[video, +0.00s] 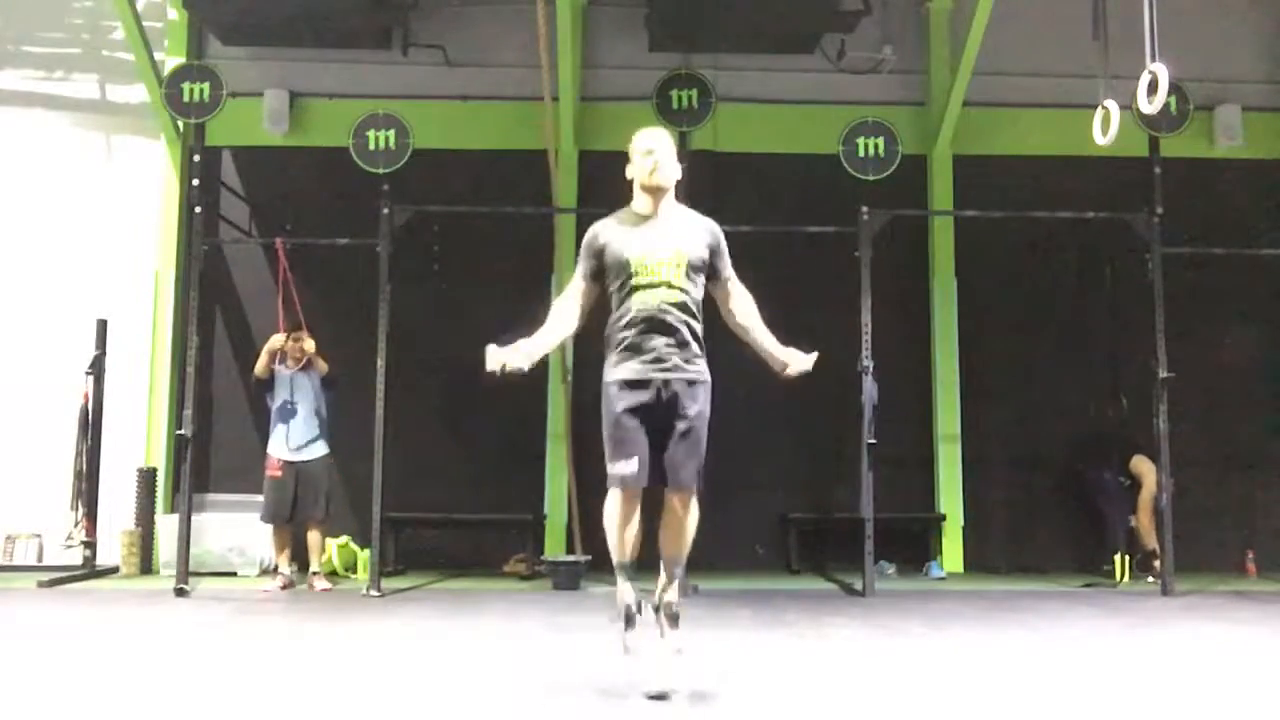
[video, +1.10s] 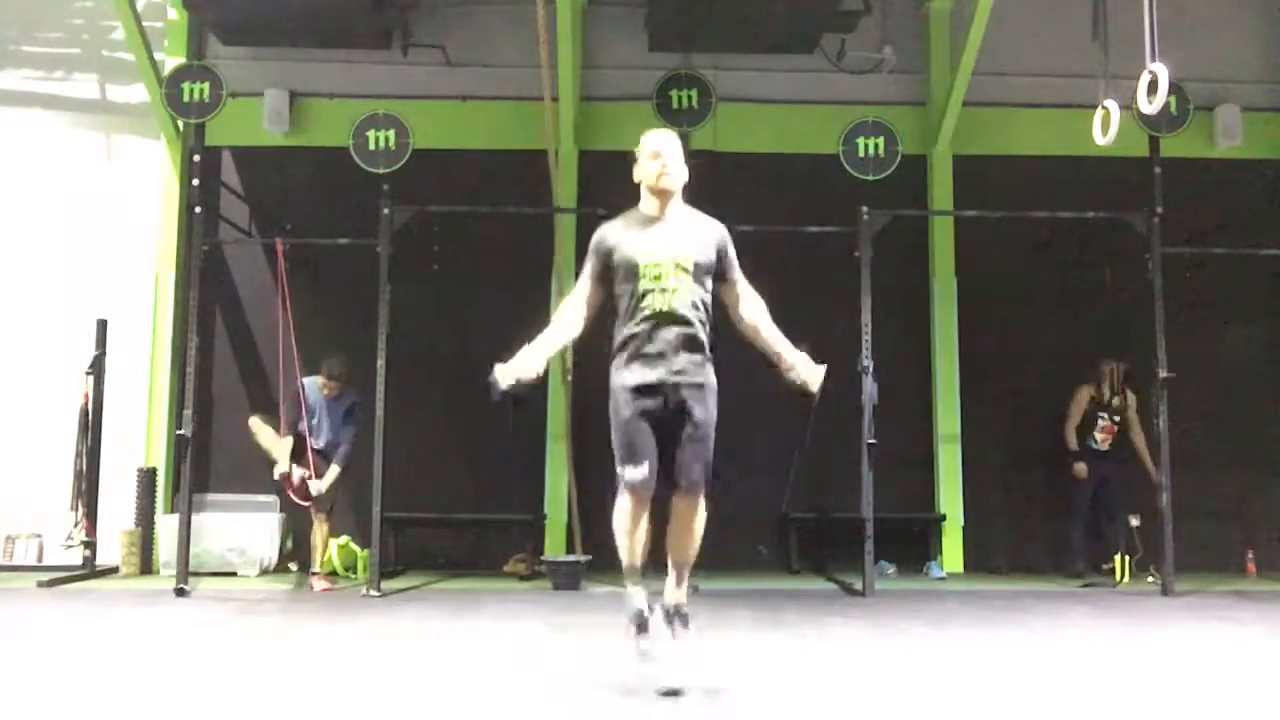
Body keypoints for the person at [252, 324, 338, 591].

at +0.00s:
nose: (299, 351)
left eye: (303, 346)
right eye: (295, 345)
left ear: (308, 349)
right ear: (285, 346)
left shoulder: (316, 372)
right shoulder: (273, 373)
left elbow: (329, 375)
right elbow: (259, 373)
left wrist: (314, 356)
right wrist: (269, 349)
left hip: (314, 452)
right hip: (280, 452)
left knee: (315, 516)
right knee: (279, 517)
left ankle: (315, 572)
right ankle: (283, 572)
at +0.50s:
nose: (310, 351)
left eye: (315, 347)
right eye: (305, 345)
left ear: (322, 351)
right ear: (296, 348)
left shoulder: (330, 373)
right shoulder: (284, 373)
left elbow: (333, 398)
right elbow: (263, 403)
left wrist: (311, 396)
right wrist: (263, 385)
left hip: (320, 453)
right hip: (288, 452)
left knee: (318, 517)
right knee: (285, 516)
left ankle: (316, 572)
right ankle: (284, 572)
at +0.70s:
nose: (315, 362)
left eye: (320, 357)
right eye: (311, 357)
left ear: (328, 359)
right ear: (302, 357)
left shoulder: (337, 381)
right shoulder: (288, 379)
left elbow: (337, 408)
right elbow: (274, 402)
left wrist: (325, 422)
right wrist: (265, 410)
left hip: (326, 458)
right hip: (293, 458)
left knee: (324, 516)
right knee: (286, 515)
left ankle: (316, 573)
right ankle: (284, 571)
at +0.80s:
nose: (319, 372)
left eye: (324, 367)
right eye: (314, 366)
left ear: (332, 367)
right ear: (306, 365)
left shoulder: (341, 388)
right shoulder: (294, 381)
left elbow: (339, 417)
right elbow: (278, 406)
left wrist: (324, 437)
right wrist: (269, 421)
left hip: (327, 462)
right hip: (294, 460)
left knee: (325, 517)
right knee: (278, 511)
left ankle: (316, 574)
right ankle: (276, 567)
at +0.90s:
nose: (320, 381)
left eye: (326, 376)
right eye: (316, 375)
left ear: (338, 374)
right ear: (311, 370)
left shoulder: (345, 395)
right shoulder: (298, 384)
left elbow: (340, 430)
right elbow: (281, 415)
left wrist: (320, 459)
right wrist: (273, 440)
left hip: (325, 456)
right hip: (293, 452)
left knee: (324, 515)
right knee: (262, 465)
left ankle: (316, 572)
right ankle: (269, 529)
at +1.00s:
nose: (322, 388)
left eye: (328, 385)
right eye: (320, 382)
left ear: (340, 381)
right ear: (316, 375)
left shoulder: (349, 401)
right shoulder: (301, 386)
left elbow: (342, 441)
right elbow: (285, 423)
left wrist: (321, 475)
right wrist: (280, 460)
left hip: (328, 457)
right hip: (298, 449)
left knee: (321, 514)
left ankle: (316, 571)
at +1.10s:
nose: (327, 391)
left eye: (333, 388)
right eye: (325, 386)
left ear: (344, 384)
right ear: (320, 377)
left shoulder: (351, 404)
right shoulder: (304, 387)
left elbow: (346, 445)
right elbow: (289, 425)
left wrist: (325, 483)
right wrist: (285, 462)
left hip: (327, 454)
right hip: (300, 445)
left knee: (321, 514)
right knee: (255, 422)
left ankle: (316, 573)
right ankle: (291, 470)